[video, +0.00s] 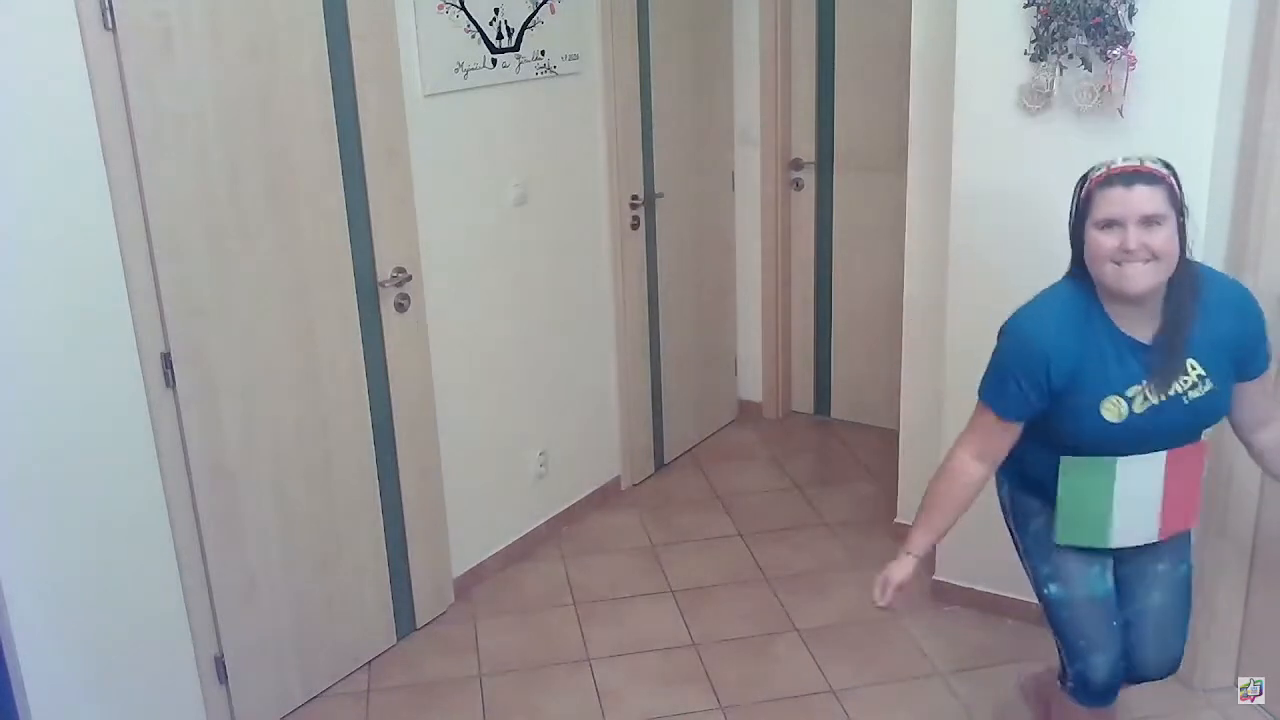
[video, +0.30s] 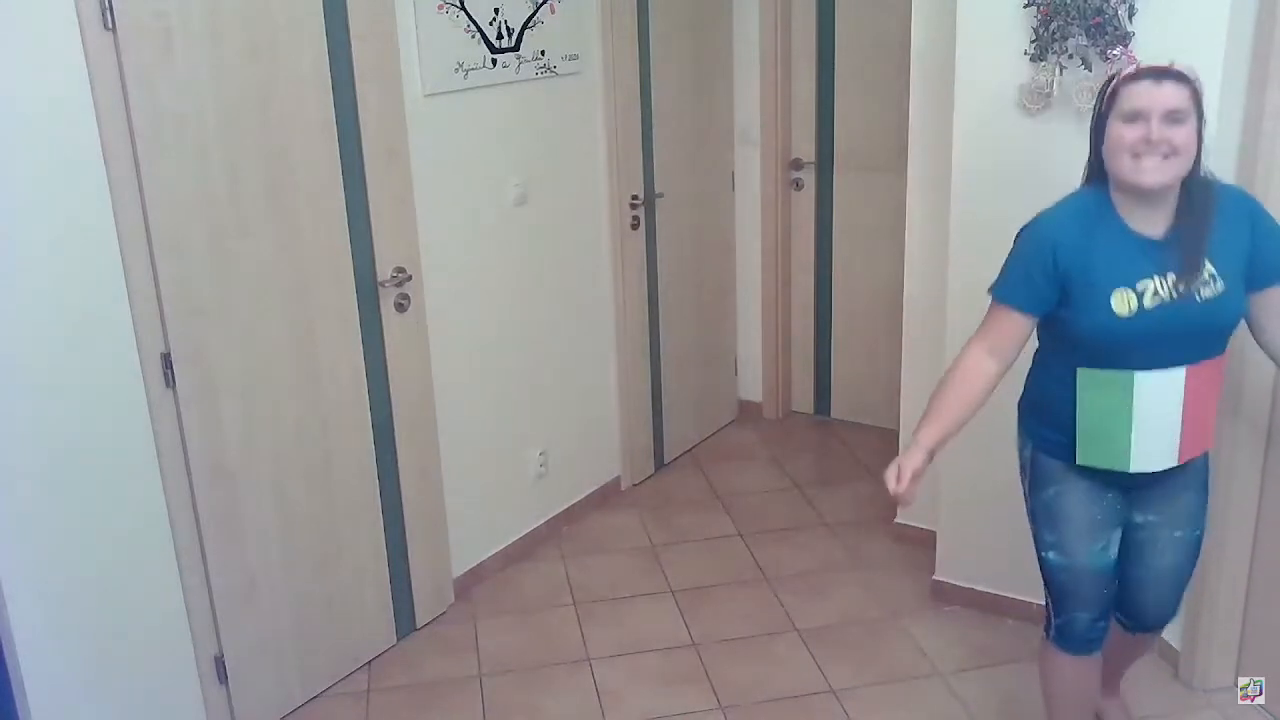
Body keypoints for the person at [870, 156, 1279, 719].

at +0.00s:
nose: (1132, 242)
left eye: (1152, 223)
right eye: (1109, 225)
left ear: (1181, 234)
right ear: (1081, 241)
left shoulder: (1227, 311)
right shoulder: (1040, 335)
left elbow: (1265, 425)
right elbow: (974, 456)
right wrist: (913, 551)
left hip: (1163, 491)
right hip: (1056, 497)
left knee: (1154, 660)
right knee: (1099, 675)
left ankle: (1052, 689)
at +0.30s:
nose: (1154, 135)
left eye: (1175, 120)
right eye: (1134, 119)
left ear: (1199, 137)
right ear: (1103, 137)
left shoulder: (1238, 222)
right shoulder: (1056, 236)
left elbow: (1277, 332)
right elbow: (989, 351)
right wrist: (921, 445)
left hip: (1179, 458)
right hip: (1072, 458)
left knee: (1147, 614)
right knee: (1079, 625)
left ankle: (1108, 690)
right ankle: (1072, 716)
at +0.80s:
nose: (1183, 149)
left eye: (1204, 134)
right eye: (1167, 130)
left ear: (1225, 147)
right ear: (1138, 138)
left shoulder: (1253, 233)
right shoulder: (1080, 221)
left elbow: (1273, 348)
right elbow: (1020, 325)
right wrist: (966, 413)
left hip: (1202, 463)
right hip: (1097, 455)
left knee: (1149, 637)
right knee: (1140, 635)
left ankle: (1094, 706)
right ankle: (1087, 709)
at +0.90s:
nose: (1185, 171)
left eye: (1204, 155)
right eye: (1168, 152)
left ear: (1227, 162)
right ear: (1140, 154)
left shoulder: (1250, 247)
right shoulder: (1084, 232)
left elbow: (1269, 355)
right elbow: (1029, 339)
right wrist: (967, 435)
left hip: (1207, 474)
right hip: (1102, 468)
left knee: (1157, 641)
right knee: (1131, 647)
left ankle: (1097, 702)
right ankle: (1089, 710)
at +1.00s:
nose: (1182, 168)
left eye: (1201, 151)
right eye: (1164, 150)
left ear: (1225, 154)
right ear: (1136, 149)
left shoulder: (1254, 230)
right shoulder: (1084, 229)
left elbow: (1278, 326)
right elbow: (1021, 335)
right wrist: (951, 421)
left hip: (1210, 457)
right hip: (1104, 452)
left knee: (1148, 626)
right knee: (1117, 629)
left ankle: (1097, 702)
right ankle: (1095, 712)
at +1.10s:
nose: (1180, 161)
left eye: (1200, 144)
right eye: (1162, 143)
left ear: (1224, 144)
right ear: (1132, 140)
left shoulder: (1262, 217)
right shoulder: (1084, 221)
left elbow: (1271, 312)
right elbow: (1021, 330)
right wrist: (955, 419)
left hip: (1207, 443)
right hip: (1100, 434)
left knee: (1144, 607)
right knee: (1114, 617)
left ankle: (1108, 706)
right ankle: (1090, 715)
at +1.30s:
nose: (1180, 186)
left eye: (1200, 166)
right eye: (1160, 167)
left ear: (1228, 165)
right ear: (1129, 167)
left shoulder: (1266, 237)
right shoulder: (1084, 253)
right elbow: (1021, 373)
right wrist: (961, 468)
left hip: (1197, 463)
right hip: (1093, 456)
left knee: (1145, 609)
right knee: (1099, 629)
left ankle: (1112, 696)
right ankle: (1087, 714)